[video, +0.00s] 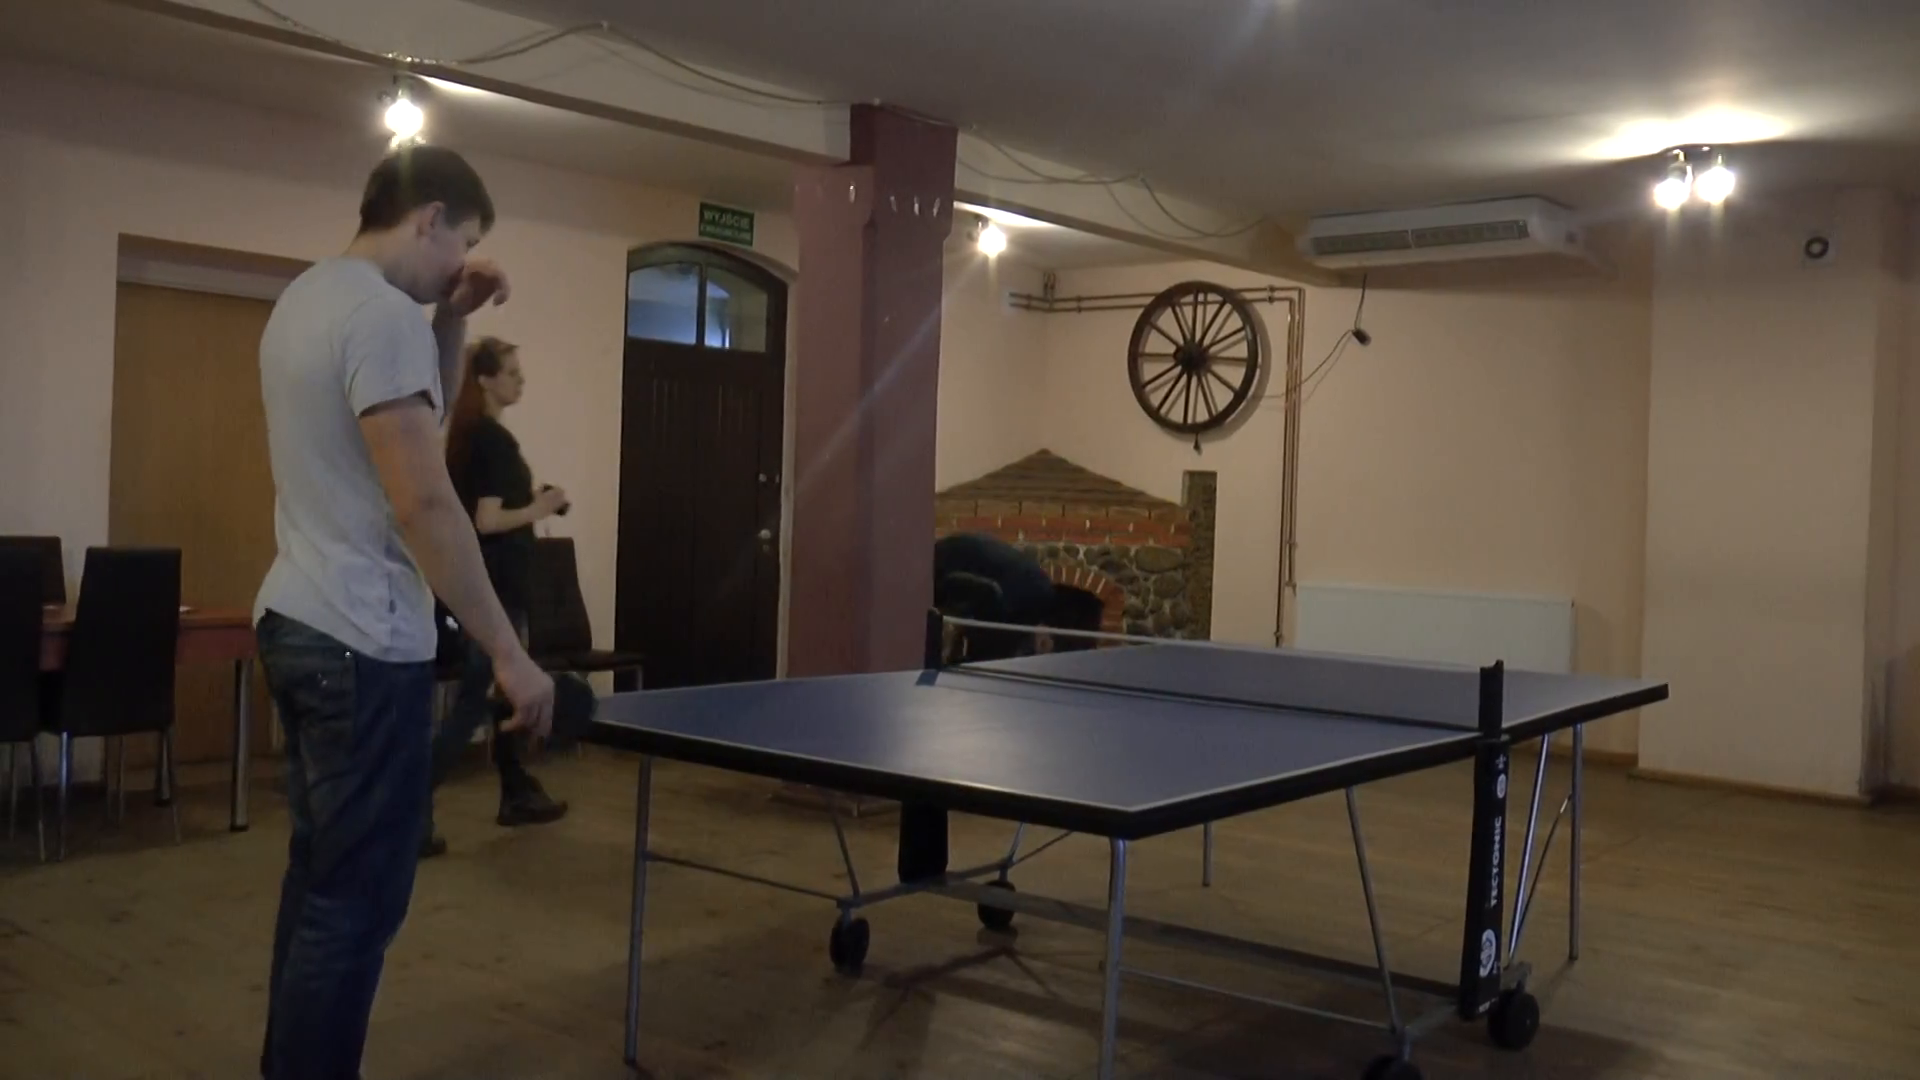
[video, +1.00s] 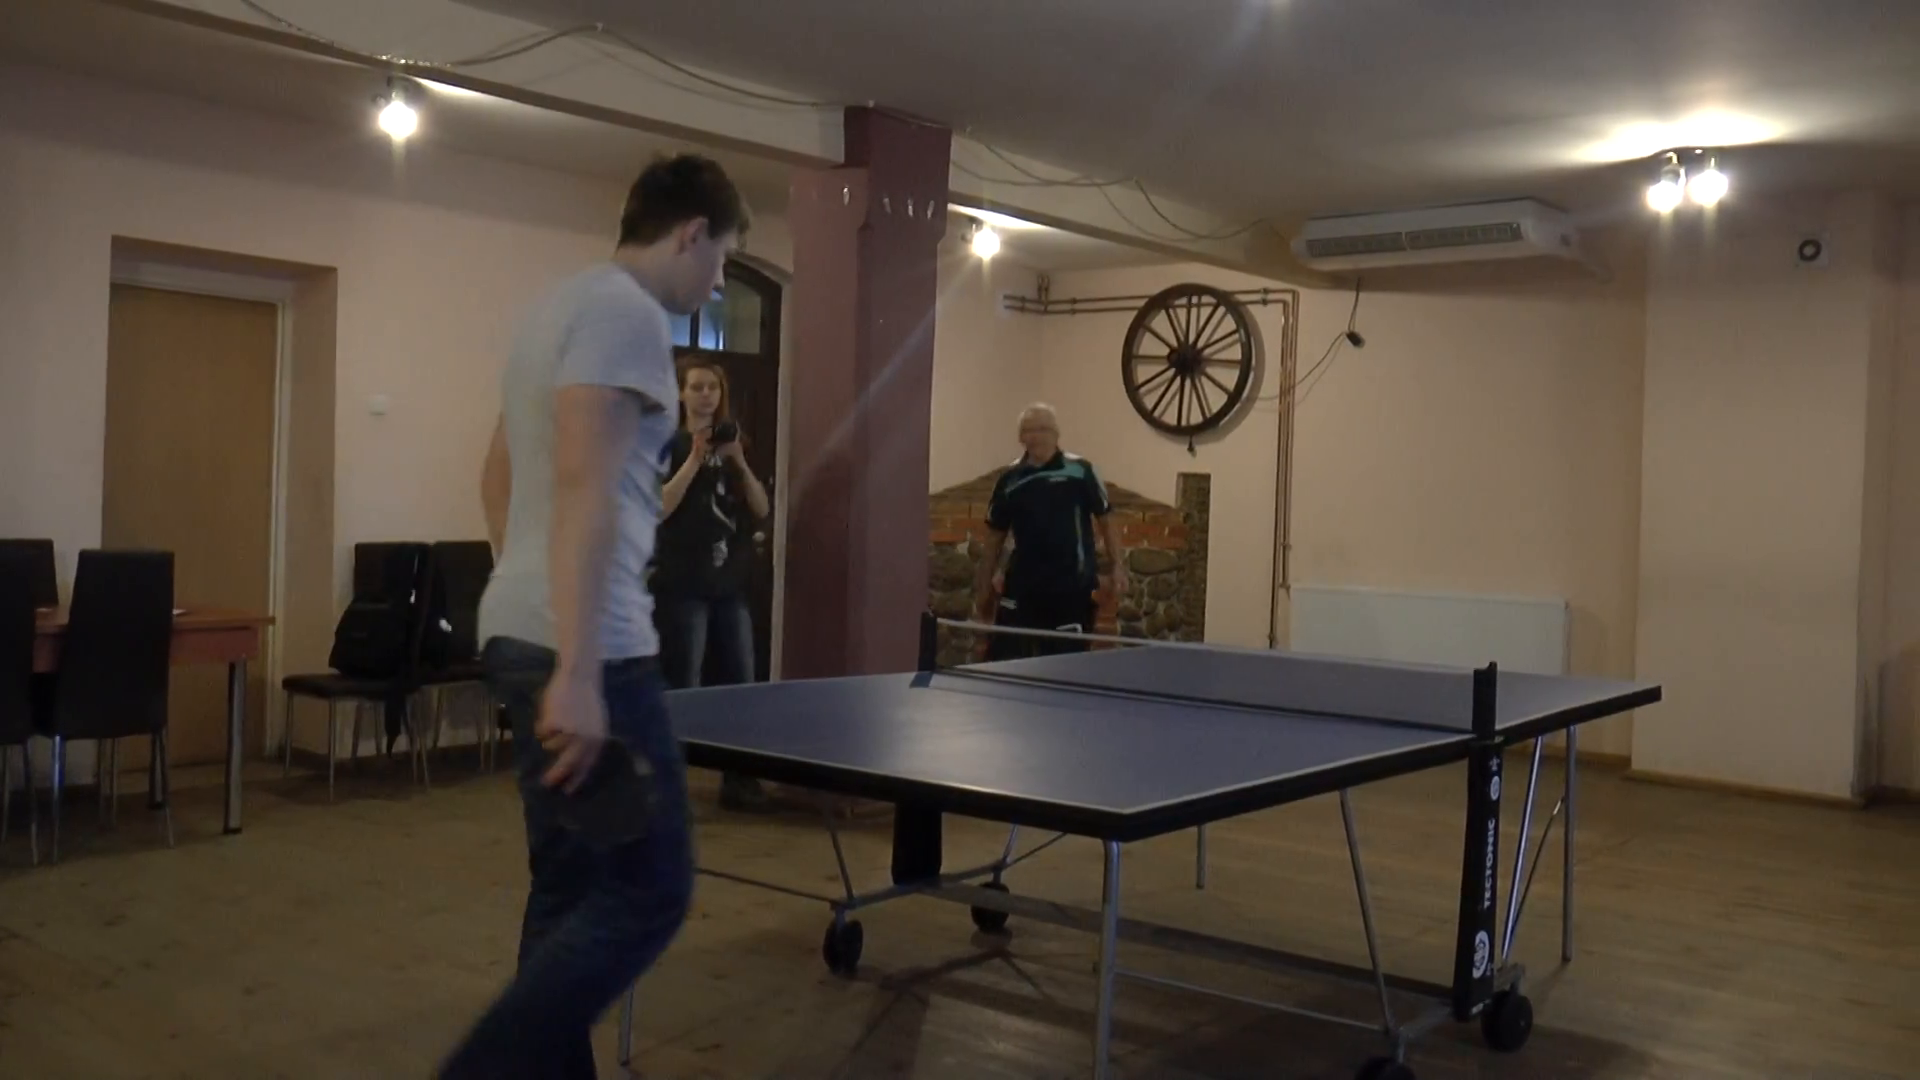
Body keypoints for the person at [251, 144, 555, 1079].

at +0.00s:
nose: (463, 269)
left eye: (472, 254)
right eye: (466, 247)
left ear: (382, 219)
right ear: (427, 220)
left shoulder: (307, 297)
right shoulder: (376, 308)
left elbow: (421, 447)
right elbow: (423, 504)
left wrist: (447, 321)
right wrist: (506, 650)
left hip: (301, 627)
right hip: (365, 647)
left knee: (321, 884)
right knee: (358, 902)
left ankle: (292, 1061)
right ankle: (312, 1069)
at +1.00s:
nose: (716, 285)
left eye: (723, 266)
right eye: (720, 260)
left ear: (640, 231)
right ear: (687, 236)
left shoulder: (558, 310)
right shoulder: (624, 310)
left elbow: (497, 481)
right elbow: (584, 482)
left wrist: (534, 601)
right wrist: (576, 668)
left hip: (536, 645)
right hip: (593, 653)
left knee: (565, 891)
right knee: (650, 891)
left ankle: (559, 1066)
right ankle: (484, 1068)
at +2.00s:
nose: (785, 225)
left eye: (783, 207)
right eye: (785, 208)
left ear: (673, 207)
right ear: (769, 216)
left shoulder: (574, 314)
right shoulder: (775, 333)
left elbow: (508, 486)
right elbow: (793, 543)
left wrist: (578, 574)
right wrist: (742, 648)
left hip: (543, 651)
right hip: (678, 660)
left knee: (488, 917)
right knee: (698, 948)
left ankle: (423, 1070)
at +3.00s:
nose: (648, 214)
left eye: (647, 195)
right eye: (646, 195)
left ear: (539, 195)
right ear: (621, 201)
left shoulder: (444, 317)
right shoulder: (629, 325)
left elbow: (379, 482)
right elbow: (645, 533)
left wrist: (476, 542)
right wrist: (652, 628)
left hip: (434, 656)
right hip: (566, 661)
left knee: (414, 940)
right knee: (615, 951)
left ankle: (374, 1077)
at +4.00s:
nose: (697, 207)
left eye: (697, 190)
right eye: (698, 189)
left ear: (590, 186)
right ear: (680, 196)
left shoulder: (498, 310)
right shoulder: (691, 328)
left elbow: (439, 477)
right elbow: (714, 539)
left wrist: (533, 534)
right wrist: (713, 609)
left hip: (500, 653)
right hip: (630, 655)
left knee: (471, 928)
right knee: (639, 942)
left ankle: (439, 1075)